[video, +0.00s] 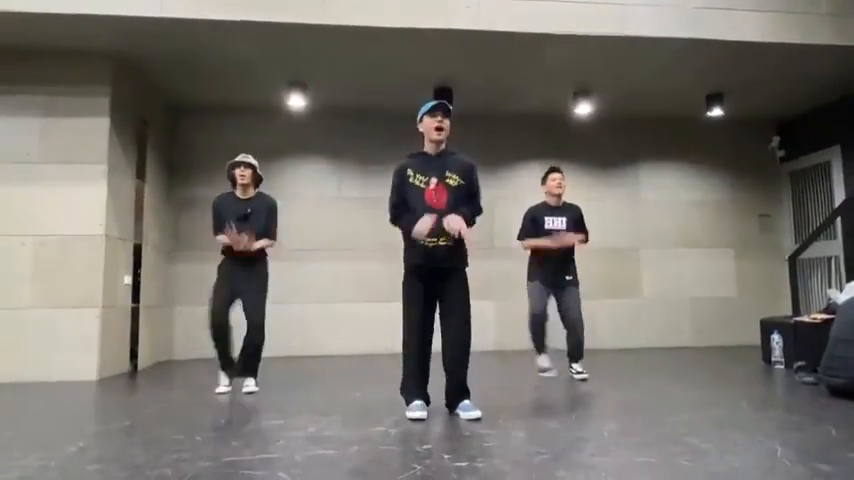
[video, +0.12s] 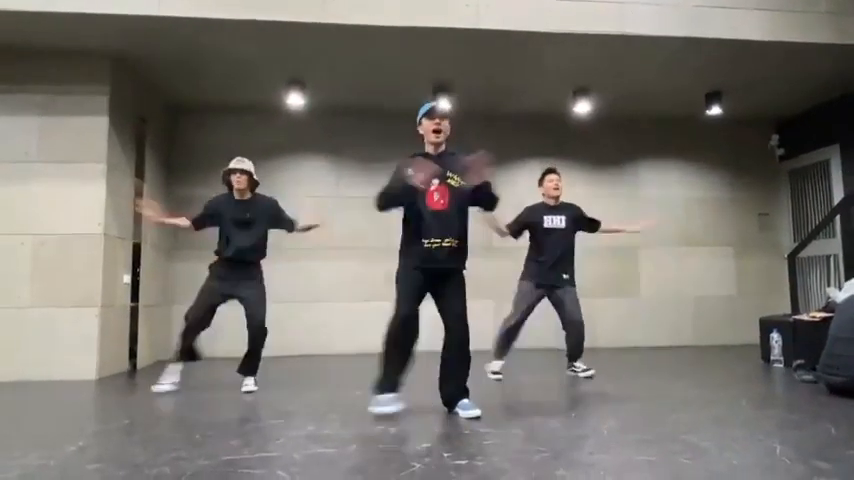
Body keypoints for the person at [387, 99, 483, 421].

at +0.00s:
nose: (439, 123)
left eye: (443, 119)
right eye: (433, 118)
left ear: (449, 126)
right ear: (420, 125)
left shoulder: (464, 167)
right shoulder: (406, 169)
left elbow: (473, 208)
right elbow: (396, 212)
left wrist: (459, 219)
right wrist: (415, 223)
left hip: (453, 265)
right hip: (418, 266)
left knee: (458, 333)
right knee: (417, 333)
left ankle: (459, 398)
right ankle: (416, 397)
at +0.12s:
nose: (437, 124)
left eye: (442, 119)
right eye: (431, 120)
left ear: (449, 126)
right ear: (420, 127)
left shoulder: (462, 164)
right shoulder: (410, 165)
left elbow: (488, 204)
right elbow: (383, 203)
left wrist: (479, 181)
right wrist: (410, 183)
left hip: (450, 265)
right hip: (414, 265)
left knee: (458, 330)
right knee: (405, 318)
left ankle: (457, 397)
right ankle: (386, 390)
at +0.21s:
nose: (436, 129)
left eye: (441, 125)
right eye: (430, 124)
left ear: (449, 130)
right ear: (419, 130)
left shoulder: (466, 172)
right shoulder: (404, 174)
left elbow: (497, 195)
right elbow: (373, 197)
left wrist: (528, 168)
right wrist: (357, 175)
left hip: (450, 272)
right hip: (412, 270)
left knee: (460, 334)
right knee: (390, 327)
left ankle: (458, 397)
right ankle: (355, 395)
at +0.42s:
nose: (440, 125)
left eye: (445, 119)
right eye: (433, 120)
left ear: (453, 126)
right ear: (423, 127)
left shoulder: (467, 166)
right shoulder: (412, 167)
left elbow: (491, 205)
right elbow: (387, 209)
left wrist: (484, 185)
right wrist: (398, 185)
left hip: (455, 261)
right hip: (419, 261)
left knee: (457, 324)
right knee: (414, 315)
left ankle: (457, 396)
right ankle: (393, 389)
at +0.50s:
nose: (442, 128)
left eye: (446, 124)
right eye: (436, 124)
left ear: (453, 127)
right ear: (426, 128)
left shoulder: (468, 166)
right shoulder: (412, 167)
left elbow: (484, 206)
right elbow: (400, 211)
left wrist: (464, 207)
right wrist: (422, 190)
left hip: (456, 258)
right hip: (421, 259)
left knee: (457, 325)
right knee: (426, 325)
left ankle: (457, 393)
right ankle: (430, 391)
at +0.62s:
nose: (443, 123)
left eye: (447, 118)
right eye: (437, 119)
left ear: (455, 122)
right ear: (427, 125)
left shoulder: (468, 163)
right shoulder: (415, 161)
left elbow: (474, 209)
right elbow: (397, 150)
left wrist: (459, 242)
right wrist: (421, 117)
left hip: (456, 249)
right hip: (423, 249)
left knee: (461, 322)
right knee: (429, 301)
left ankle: (458, 393)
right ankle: (419, 354)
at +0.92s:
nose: (444, 116)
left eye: (449, 111)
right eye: (438, 111)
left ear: (455, 117)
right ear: (427, 117)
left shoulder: (467, 162)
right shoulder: (413, 158)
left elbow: (472, 209)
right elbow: (399, 194)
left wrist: (456, 245)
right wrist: (415, 162)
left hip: (451, 252)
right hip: (416, 250)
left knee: (455, 326)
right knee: (400, 308)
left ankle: (457, 393)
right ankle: (395, 362)